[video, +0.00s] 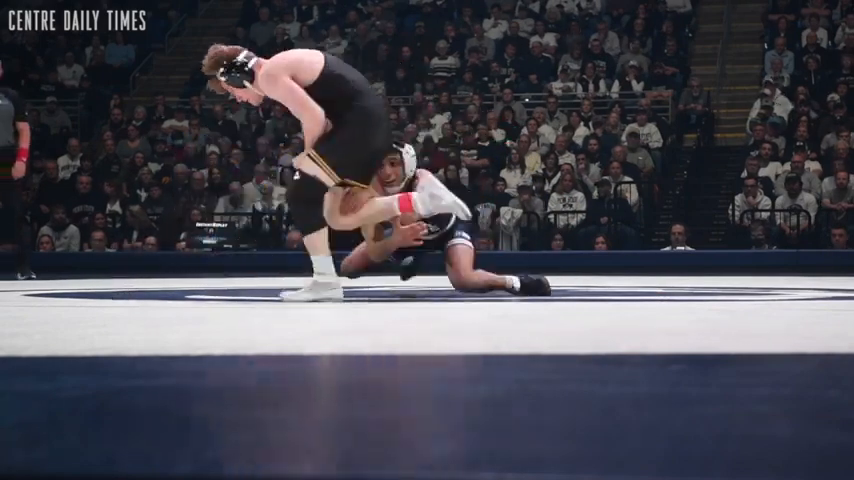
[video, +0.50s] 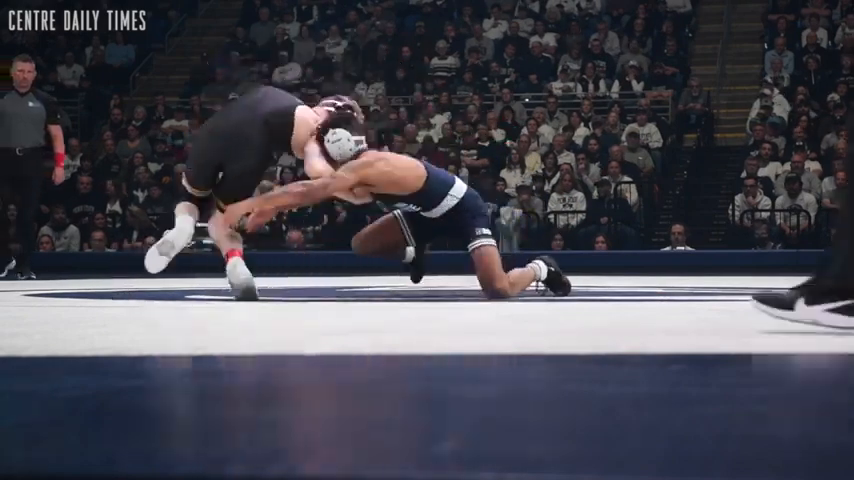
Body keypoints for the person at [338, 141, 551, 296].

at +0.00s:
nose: (387, 172)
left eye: (393, 164)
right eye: (381, 165)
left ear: (407, 165)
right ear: (373, 169)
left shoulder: (424, 182)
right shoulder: (369, 194)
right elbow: (372, 250)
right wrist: (394, 242)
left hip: (450, 227)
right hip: (404, 232)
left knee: (462, 280)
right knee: (348, 267)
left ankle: (514, 283)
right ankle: (402, 259)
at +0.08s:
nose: (385, 183)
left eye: (392, 178)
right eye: (384, 177)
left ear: (411, 184)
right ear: (384, 181)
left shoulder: (427, 206)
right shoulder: (396, 209)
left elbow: (383, 227)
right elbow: (369, 230)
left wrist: (333, 205)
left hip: (491, 242)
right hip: (458, 246)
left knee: (462, 289)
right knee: (412, 288)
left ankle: (518, 275)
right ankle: (468, 278)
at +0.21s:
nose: (388, 185)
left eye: (394, 179)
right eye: (388, 180)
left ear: (413, 182)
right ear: (399, 183)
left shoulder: (428, 207)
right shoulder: (411, 213)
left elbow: (379, 219)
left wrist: (321, 205)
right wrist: (379, 285)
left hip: (517, 236)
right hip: (486, 241)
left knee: (475, 285)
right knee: (439, 287)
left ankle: (538, 270)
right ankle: (496, 272)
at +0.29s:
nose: (385, 177)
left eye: (391, 172)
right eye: (386, 171)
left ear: (408, 176)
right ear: (405, 172)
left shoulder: (426, 199)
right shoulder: (424, 186)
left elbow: (363, 215)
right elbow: (434, 220)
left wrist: (305, 208)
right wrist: (417, 255)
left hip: (510, 228)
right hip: (475, 233)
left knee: (483, 278)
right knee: (436, 282)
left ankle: (536, 272)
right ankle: (490, 270)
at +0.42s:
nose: (363, 179)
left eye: (368, 174)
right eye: (362, 173)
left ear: (382, 167)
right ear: (377, 162)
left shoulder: (401, 182)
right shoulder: (391, 163)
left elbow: (334, 204)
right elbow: (375, 195)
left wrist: (276, 208)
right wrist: (357, 214)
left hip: (486, 219)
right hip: (446, 219)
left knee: (497, 287)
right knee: (391, 256)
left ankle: (540, 270)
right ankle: (447, 264)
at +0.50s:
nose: (322, 172)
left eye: (325, 167)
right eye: (320, 165)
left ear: (341, 160)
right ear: (335, 156)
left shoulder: (365, 170)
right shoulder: (348, 167)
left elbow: (301, 195)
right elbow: (303, 196)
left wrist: (249, 206)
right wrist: (267, 208)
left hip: (463, 207)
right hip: (422, 209)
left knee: (498, 289)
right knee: (362, 246)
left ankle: (541, 269)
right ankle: (414, 245)